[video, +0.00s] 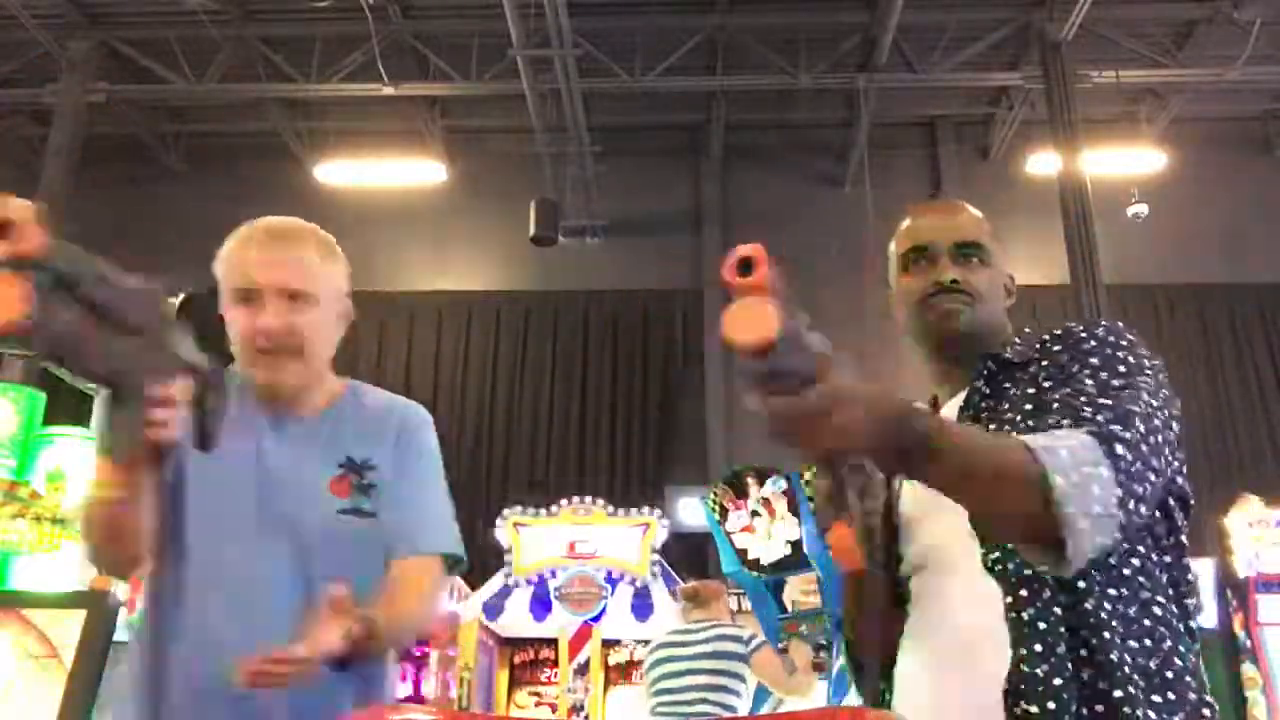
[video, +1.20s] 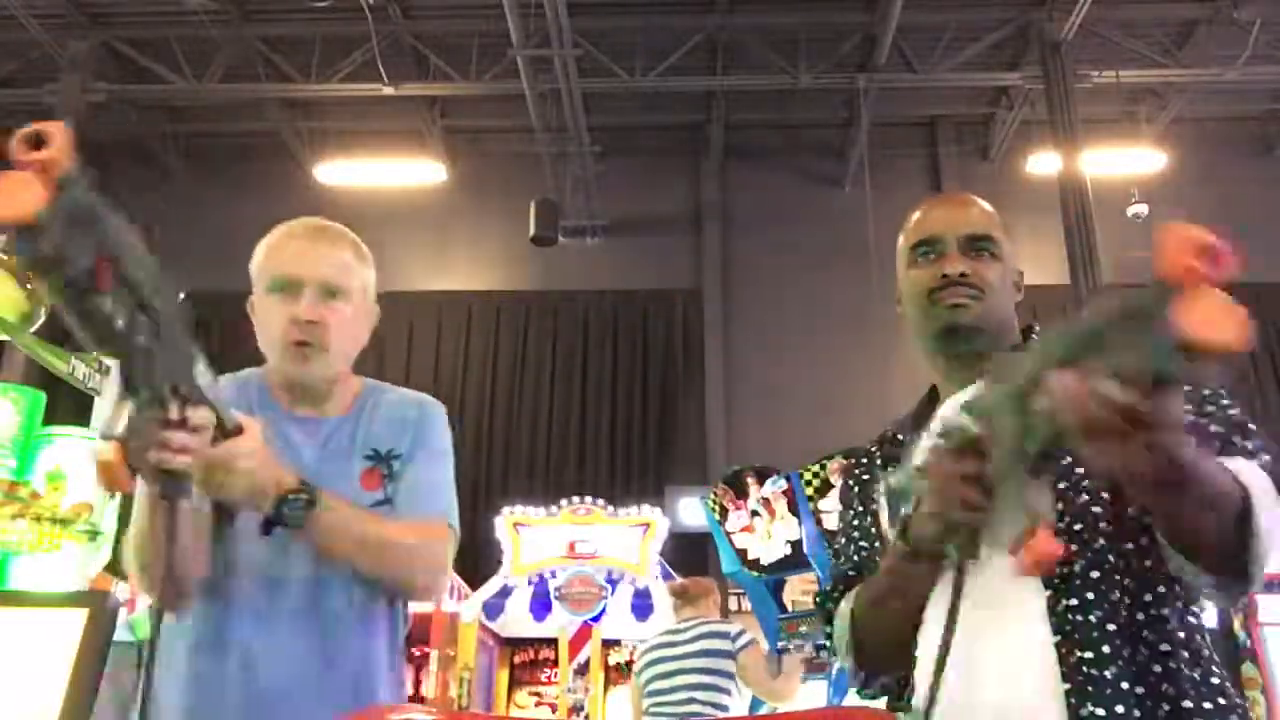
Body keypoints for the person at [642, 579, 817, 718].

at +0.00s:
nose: (731, 609)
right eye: (728, 602)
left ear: (684, 612)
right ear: (722, 603)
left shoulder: (656, 647)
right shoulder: (742, 637)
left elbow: (651, 701)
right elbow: (792, 688)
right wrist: (802, 659)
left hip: (662, 716)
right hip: (715, 713)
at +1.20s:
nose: (723, 609)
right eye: (721, 603)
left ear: (675, 609)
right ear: (714, 600)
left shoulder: (646, 650)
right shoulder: (731, 633)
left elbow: (639, 713)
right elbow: (778, 695)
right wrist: (794, 665)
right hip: (710, 712)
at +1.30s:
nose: (721, 611)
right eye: (720, 605)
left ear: (676, 610)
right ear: (714, 602)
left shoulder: (646, 648)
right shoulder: (729, 633)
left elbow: (638, 713)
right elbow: (758, 694)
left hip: (658, 716)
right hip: (707, 714)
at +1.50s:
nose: (721, 606)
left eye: (718, 599)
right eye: (718, 599)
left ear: (675, 607)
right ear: (711, 596)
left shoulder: (646, 647)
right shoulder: (728, 631)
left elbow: (638, 713)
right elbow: (759, 690)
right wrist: (786, 686)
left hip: (656, 715)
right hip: (709, 713)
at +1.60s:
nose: (719, 605)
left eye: (716, 598)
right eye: (716, 597)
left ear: (672, 606)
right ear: (709, 594)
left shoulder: (644, 647)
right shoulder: (728, 630)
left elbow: (638, 711)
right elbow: (778, 685)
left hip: (656, 715)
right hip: (710, 713)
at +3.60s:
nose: (716, 605)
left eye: (714, 599)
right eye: (714, 599)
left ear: (671, 607)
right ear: (709, 598)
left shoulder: (645, 647)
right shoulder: (729, 632)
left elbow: (635, 713)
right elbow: (787, 682)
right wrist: (799, 657)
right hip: (707, 713)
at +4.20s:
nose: (721, 609)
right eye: (720, 603)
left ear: (677, 609)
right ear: (713, 601)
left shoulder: (647, 647)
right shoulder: (730, 633)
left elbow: (638, 711)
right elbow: (774, 694)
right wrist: (790, 661)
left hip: (658, 714)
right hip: (710, 713)